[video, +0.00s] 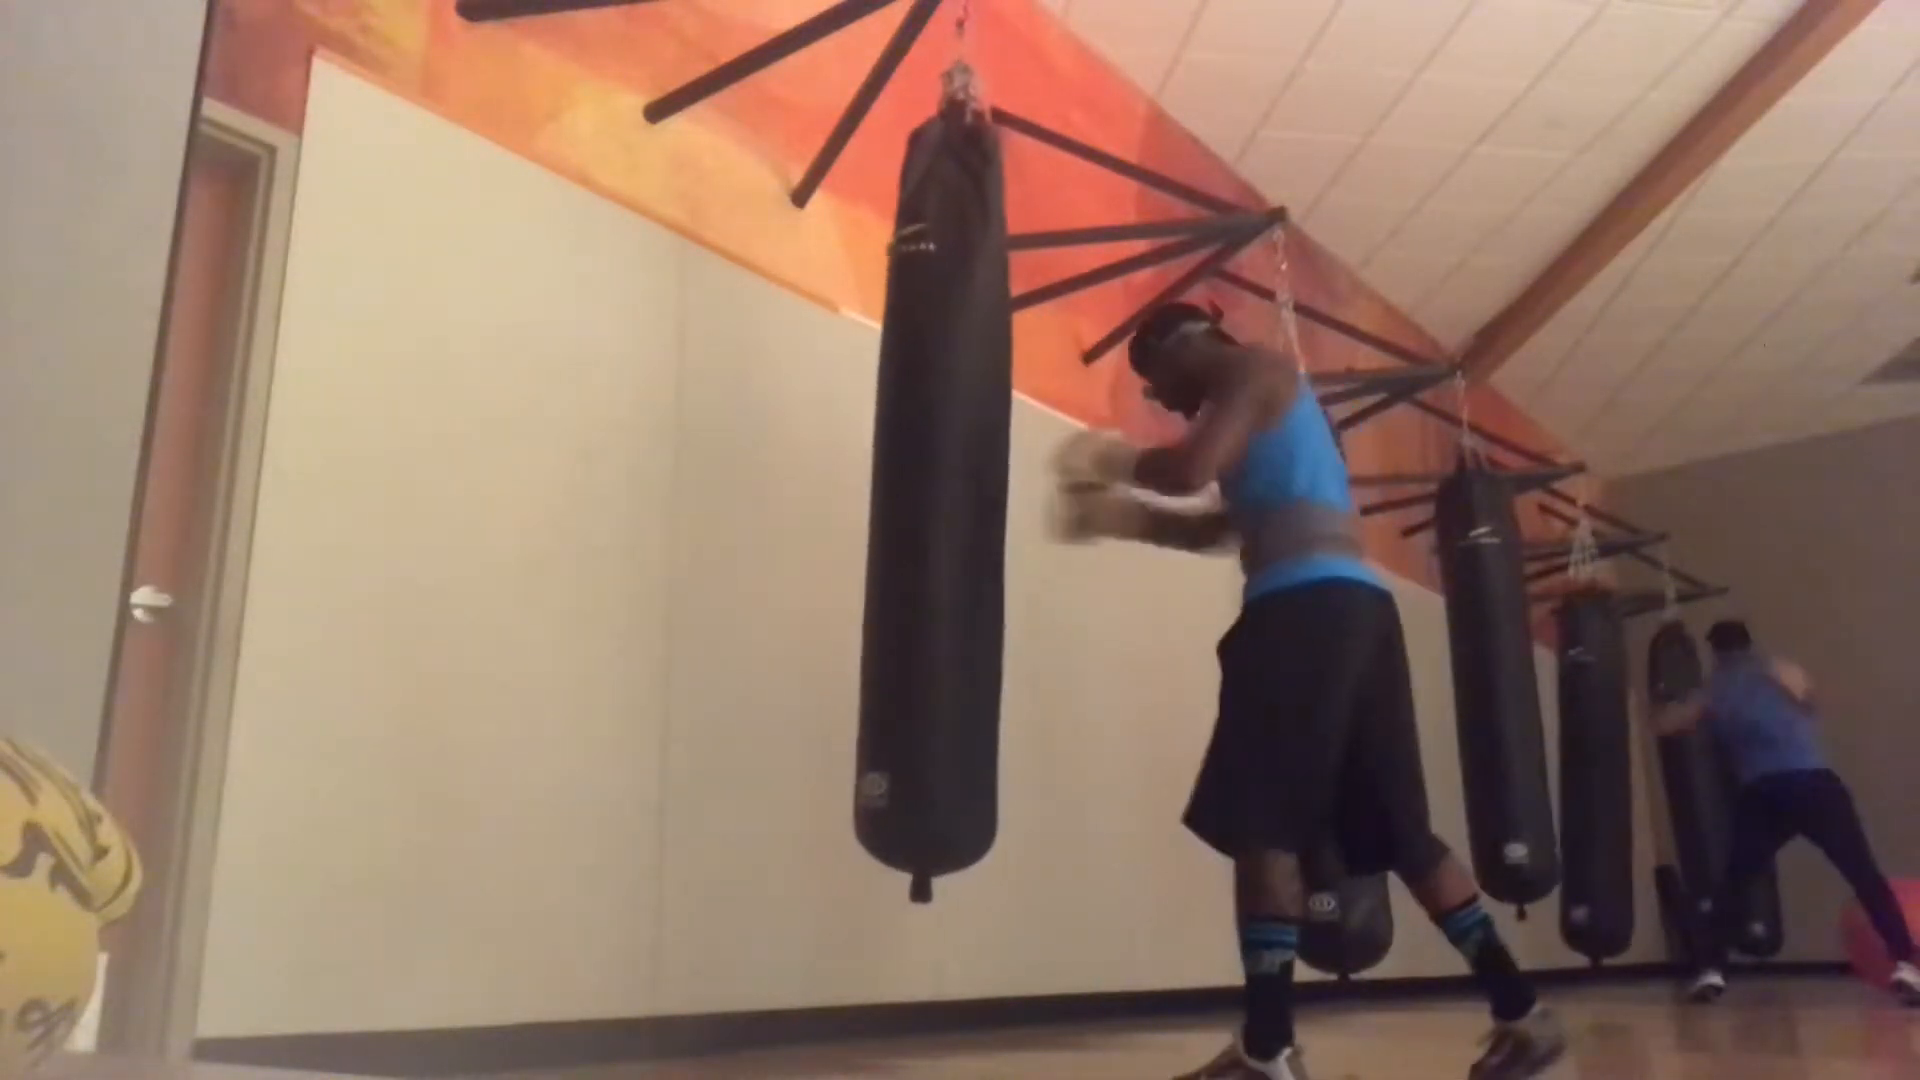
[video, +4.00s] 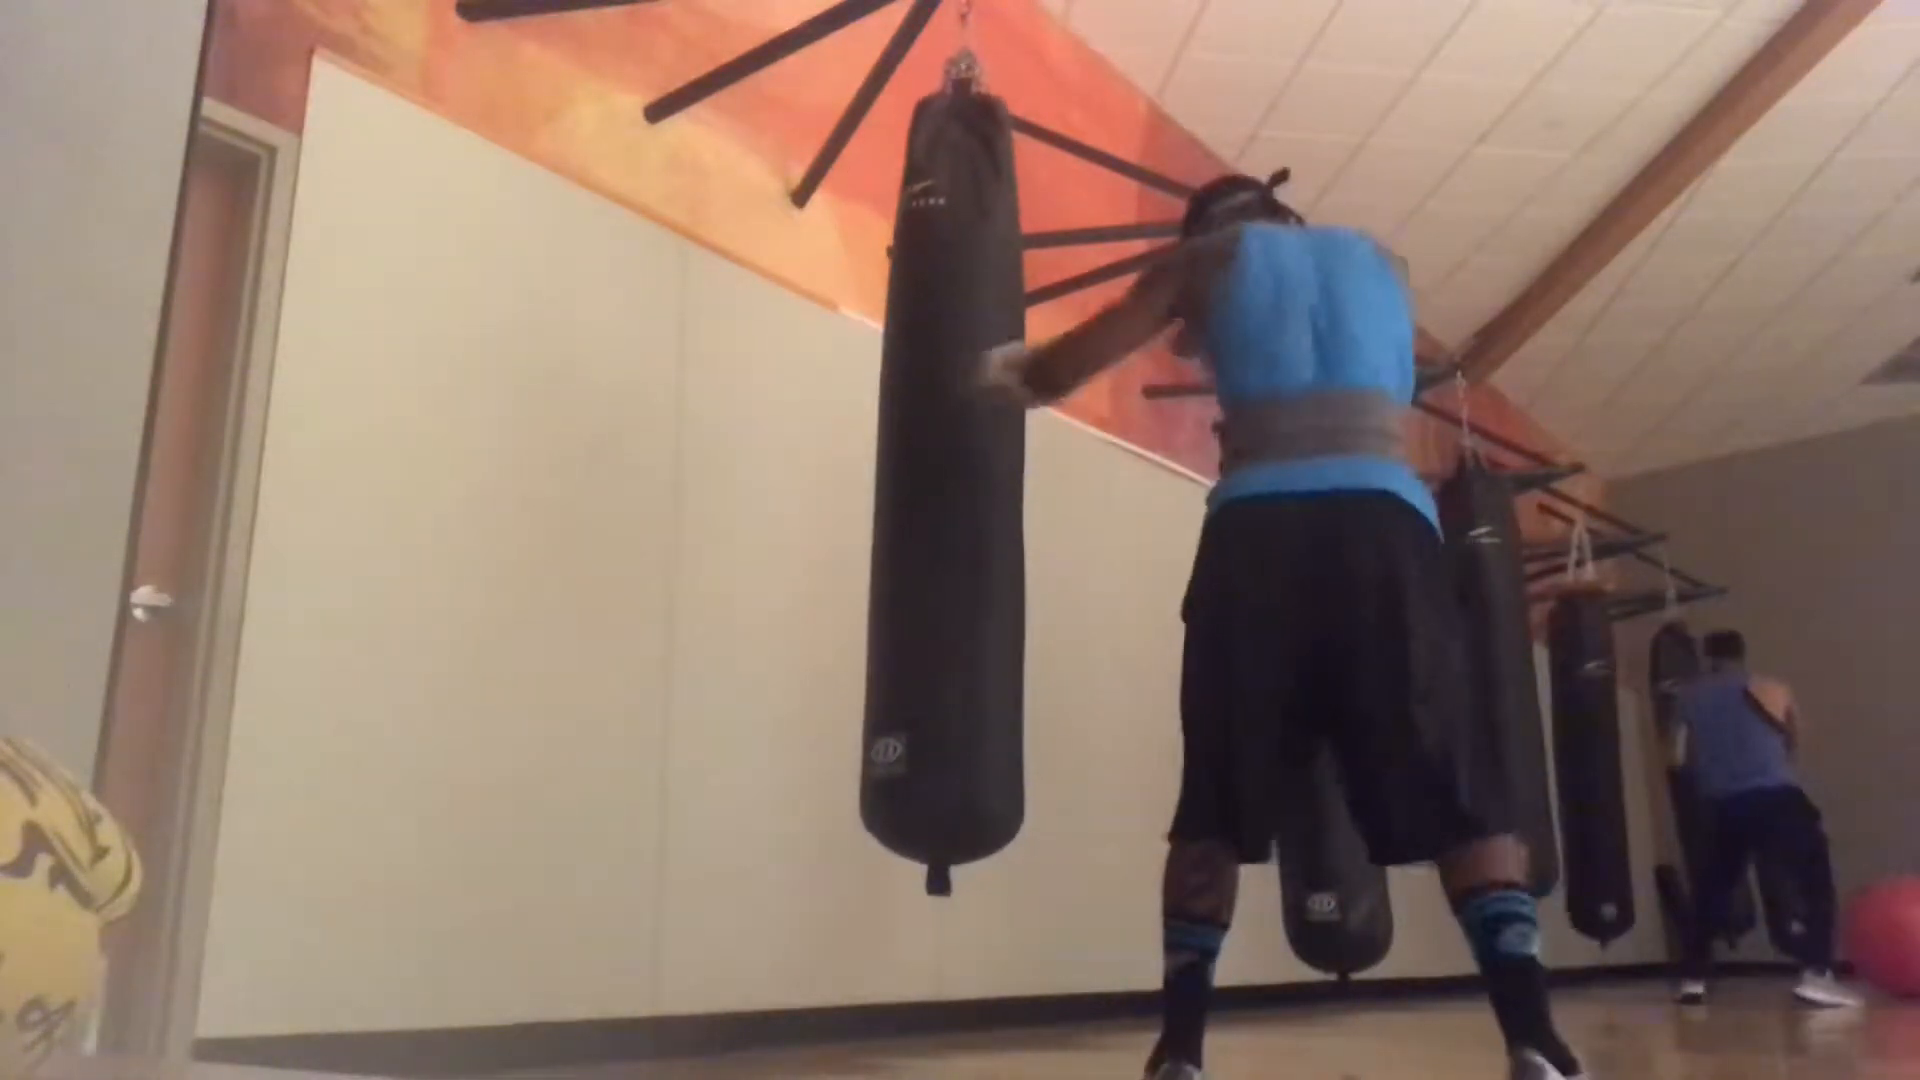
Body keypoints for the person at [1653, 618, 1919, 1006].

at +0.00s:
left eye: (1721, 650)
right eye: (1734, 645)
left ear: (1715, 652)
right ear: (1749, 643)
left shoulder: (1714, 690)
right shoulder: (1776, 668)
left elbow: (1671, 723)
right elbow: (1807, 695)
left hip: (1762, 794)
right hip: (1815, 785)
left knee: (1735, 878)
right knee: (1863, 873)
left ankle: (1712, 968)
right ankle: (1906, 960)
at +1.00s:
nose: (1761, 650)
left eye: (1756, 644)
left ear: (1754, 645)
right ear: (1793, 636)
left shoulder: (1745, 685)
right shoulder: (1827, 667)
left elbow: (1743, 748)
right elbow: (1847, 704)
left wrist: (1775, 758)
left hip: (1788, 796)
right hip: (1849, 789)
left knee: (1771, 889)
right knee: (1880, 882)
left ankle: (1760, 983)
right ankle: (1904, 978)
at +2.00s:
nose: (1794, 654)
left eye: (1791, 648)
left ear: (1792, 645)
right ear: (1832, 637)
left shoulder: (1790, 673)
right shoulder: (1866, 670)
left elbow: (1741, 709)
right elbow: (1883, 712)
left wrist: (1739, 671)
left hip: (1813, 799)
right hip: (1872, 798)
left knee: (1791, 890)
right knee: (1904, 887)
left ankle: (1775, 981)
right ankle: (1917, 975)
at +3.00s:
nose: (1727, 675)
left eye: (1726, 668)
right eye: (1726, 668)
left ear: (1731, 666)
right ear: (1765, 657)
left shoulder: (1746, 691)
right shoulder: (1795, 682)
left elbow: (1689, 713)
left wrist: (1642, 713)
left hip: (1806, 794)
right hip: (1859, 784)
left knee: (1774, 884)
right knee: (1908, 867)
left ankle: (1760, 975)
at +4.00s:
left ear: (1707, 660)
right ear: (1743, 657)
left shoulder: (1691, 699)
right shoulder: (1772, 690)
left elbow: (1680, 759)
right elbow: (1792, 743)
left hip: (1723, 806)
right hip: (1779, 799)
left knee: (1712, 887)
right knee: (1816, 882)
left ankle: (1694, 977)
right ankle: (1817, 973)